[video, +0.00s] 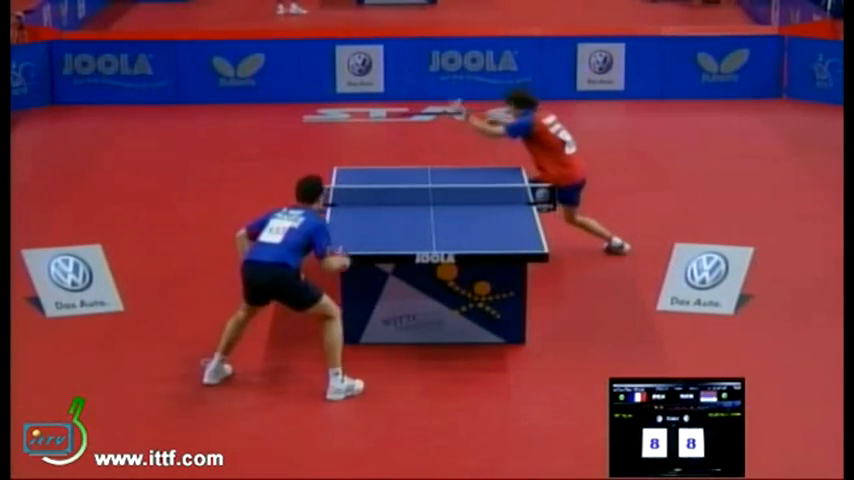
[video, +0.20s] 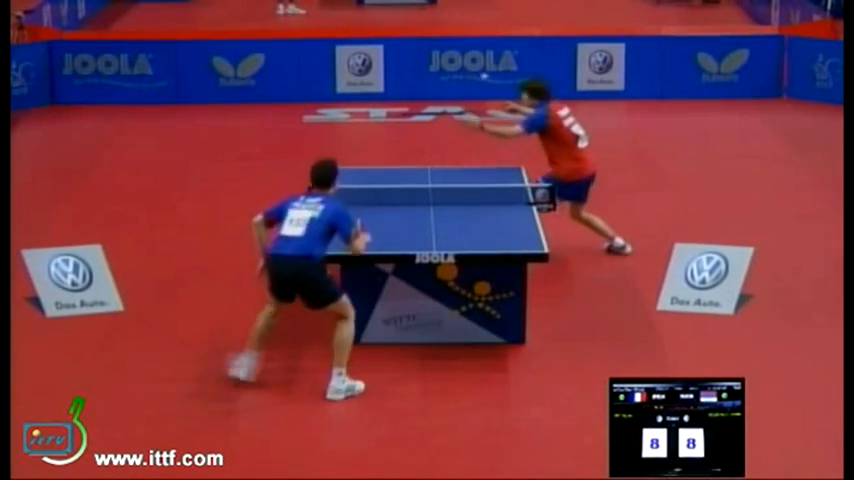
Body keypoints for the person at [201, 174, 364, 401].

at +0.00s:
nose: (324, 201)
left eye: (323, 196)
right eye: (323, 197)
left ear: (297, 196)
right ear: (318, 199)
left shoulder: (278, 213)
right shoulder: (316, 222)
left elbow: (242, 235)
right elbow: (327, 264)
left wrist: (249, 264)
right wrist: (342, 261)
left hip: (253, 268)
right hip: (282, 273)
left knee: (246, 311)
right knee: (332, 314)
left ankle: (216, 364)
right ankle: (337, 380)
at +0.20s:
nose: (335, 184)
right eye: (335, 181)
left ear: (311, 181)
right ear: (333, 184)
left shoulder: (294, 202)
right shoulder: (335, 208)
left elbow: (259, 221)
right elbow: (356, 248)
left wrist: (263, 256)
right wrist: (362, 238)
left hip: (277, 261)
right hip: (308, 264)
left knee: (273, 306)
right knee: (345, 314)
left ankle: (247, 360)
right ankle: (339, 379)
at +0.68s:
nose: (381, 182)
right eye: (383, 179)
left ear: (361, 180)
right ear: (384, 182)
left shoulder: (343, 203)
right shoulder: (388, 207)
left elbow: (310, 227)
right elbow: (422, 237)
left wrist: (324, 237)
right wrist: (424, 230)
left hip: (343, 272)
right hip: (377, 272)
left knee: (317, 310)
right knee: (417, 309)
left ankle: (303, 367)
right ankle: (439, 368)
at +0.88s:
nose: (401, 191)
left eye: (392, 186)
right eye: (403, 187)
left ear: (380, 186)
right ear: (404, 190)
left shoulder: (362, 211)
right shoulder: (410, 216)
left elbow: (328, 217)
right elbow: (441, 239)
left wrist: (325, 212)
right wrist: (447, 236)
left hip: (368, 285)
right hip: (406, 283)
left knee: (330, 314)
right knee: (456, 298)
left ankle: (313, 374)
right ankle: (472, 359)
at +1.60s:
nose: (446, 183)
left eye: (441, 178)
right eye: (453, 179)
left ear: (435, 181)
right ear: (460, 183)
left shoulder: (420, 204)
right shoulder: (468, 211)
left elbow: (384, 214)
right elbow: (496, 244)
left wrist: (353, 224)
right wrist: (500, 227)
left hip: (425, 278)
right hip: (461, 279)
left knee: (384, 304)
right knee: (496, 314)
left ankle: (391, 366)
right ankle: (532, 356)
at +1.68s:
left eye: (430, 179)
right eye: (443, 180)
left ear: (423, 182)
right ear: (447, 183)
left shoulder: (407, 203)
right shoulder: (455, 208)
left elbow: (369, 224)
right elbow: (479, 245)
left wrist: (357, 246)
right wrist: (483, 236)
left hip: (407, 270)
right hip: (443, 272)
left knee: (369, 304)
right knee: (477, 310)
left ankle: (363, 365)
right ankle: (492, 366)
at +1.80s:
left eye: (413, 186)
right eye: (422, 188)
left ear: (404, 190)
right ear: (426, 193)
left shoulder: (385, 213)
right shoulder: (433, 221)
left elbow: (356, 244)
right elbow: (450, 267)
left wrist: (371, 268)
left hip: (380, 282)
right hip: (415, 284)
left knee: (340, 325)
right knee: (450, 321)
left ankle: (306, 379)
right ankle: (462, 381)